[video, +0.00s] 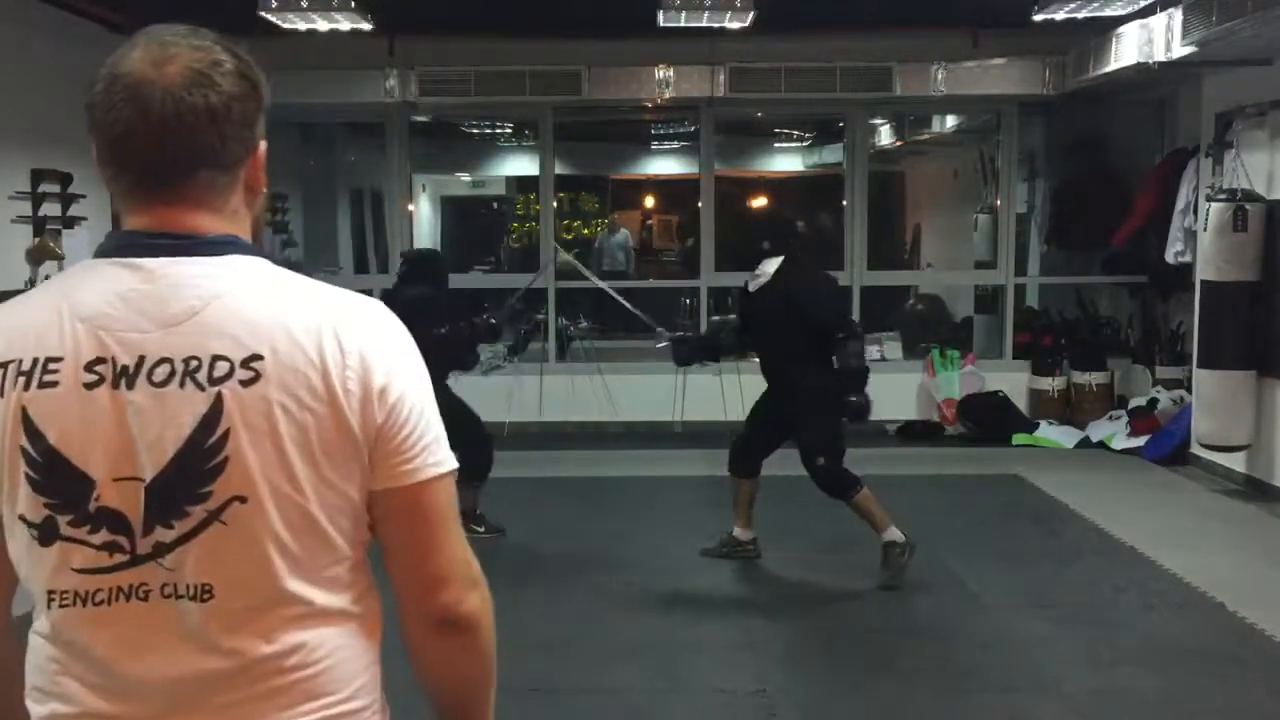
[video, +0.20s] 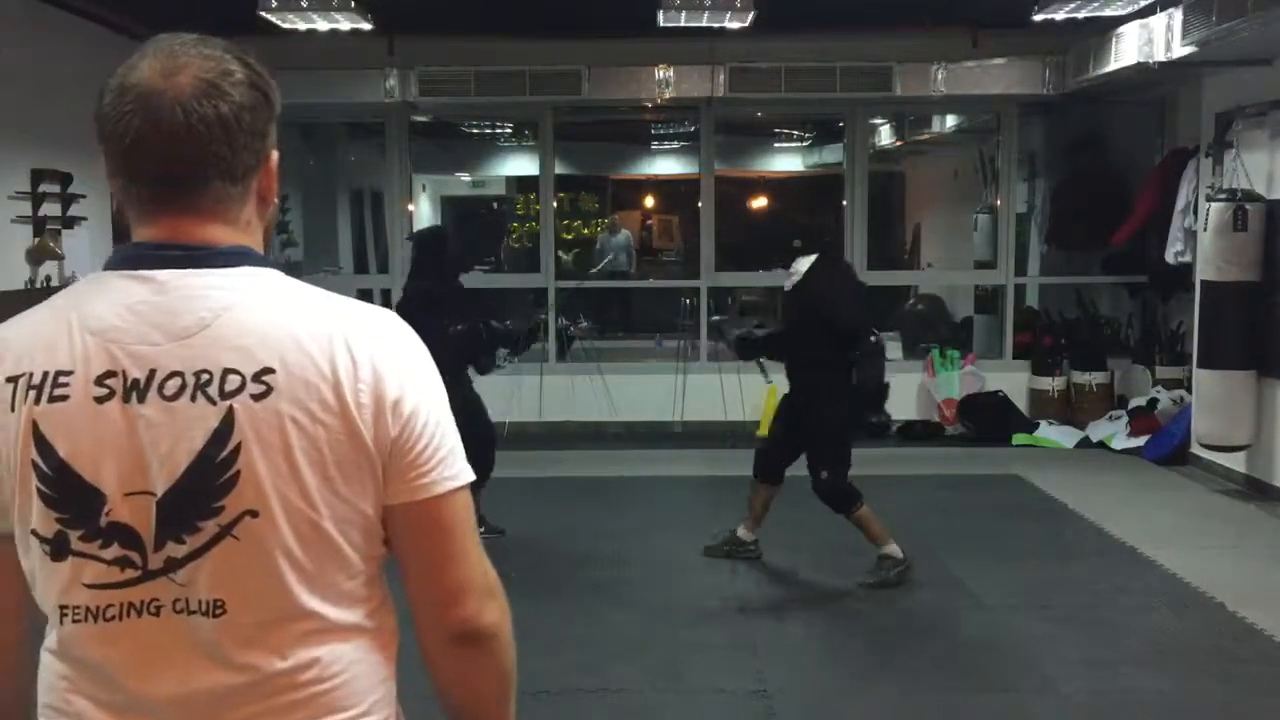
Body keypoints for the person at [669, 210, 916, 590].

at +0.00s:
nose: (749, 252)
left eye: (753, 245)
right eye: (751, 246)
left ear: (766, 245)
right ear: (784, 243)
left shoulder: (808, 280)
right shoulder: (756, 285)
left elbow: (847, 334)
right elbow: (750, 337)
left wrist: (854, 389)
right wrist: (701, 346)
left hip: (816, 392)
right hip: (783, 391)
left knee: (827, 471)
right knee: (744, 456)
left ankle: (893, 539)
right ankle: (742, 536)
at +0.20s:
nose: (777, 268)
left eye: (782, 260)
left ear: (792, 253)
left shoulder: (819, 283)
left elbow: (802, 341)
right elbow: (805, 339)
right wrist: (764, 343)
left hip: (826, 397)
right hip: (806, 395)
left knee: (830, 484)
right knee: (770, 460)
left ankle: (892, 554)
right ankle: (746, 537)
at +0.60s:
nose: (847, 230)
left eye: (851, 221)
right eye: (848, 221)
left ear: (866, 223)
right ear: (890, 219)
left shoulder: (886, 265)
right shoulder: (905, 258)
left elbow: (879, 330)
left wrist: (837, 318)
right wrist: (842, 316)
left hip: (891, 386)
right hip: (911, 384)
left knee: (874, 471)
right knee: (879, 468)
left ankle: (896, 558)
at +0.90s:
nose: (909, 235)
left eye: (914, 227)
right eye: (911, 226)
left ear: (931, 226)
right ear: (957, 224)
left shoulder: (930, 266)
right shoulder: (978, 263)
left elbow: (923, 337)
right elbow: (980, 328)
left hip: (938, 391)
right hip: (981, 387)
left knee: (912, 471)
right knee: (989, 474)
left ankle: (901, 559)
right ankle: (1029, 555)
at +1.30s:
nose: (983, 227)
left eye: (983, 220)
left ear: (985, 223)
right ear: (1027, 221)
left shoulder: (971, 271)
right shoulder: (1056, 269)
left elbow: (954, 339)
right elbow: (1080, 329)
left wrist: (949, 389)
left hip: (992, 384)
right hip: (1044, 383)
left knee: (981, 461)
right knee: (1041, 469)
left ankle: (988, 536)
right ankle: (1042, 560)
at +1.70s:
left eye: (1000, 225)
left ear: (1000, 227)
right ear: (1041, 224)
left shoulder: (985, 274)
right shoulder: (1068, 269)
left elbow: (964, 337)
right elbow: (1102, 324)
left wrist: (960, 391)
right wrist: (1088, 377)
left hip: (1012, 379)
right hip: (1058, 378)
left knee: (1015, 455)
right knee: (1063, 453)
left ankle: (1027, 535)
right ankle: (1049, 513)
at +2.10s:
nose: (1020, 235)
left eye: (1022, 228)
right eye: (1021, 228)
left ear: (1030, 225)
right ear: (1062, 218)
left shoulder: (1032, 262)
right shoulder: (1088, 254)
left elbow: (1017, 321)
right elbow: (1112, 309)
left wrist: (998, 360)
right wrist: (1100, 354)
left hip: (1046, 364)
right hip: (1086, 361)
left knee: (1026, 443)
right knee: (1071, 437)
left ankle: (1029, 534)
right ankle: (1094, 521)